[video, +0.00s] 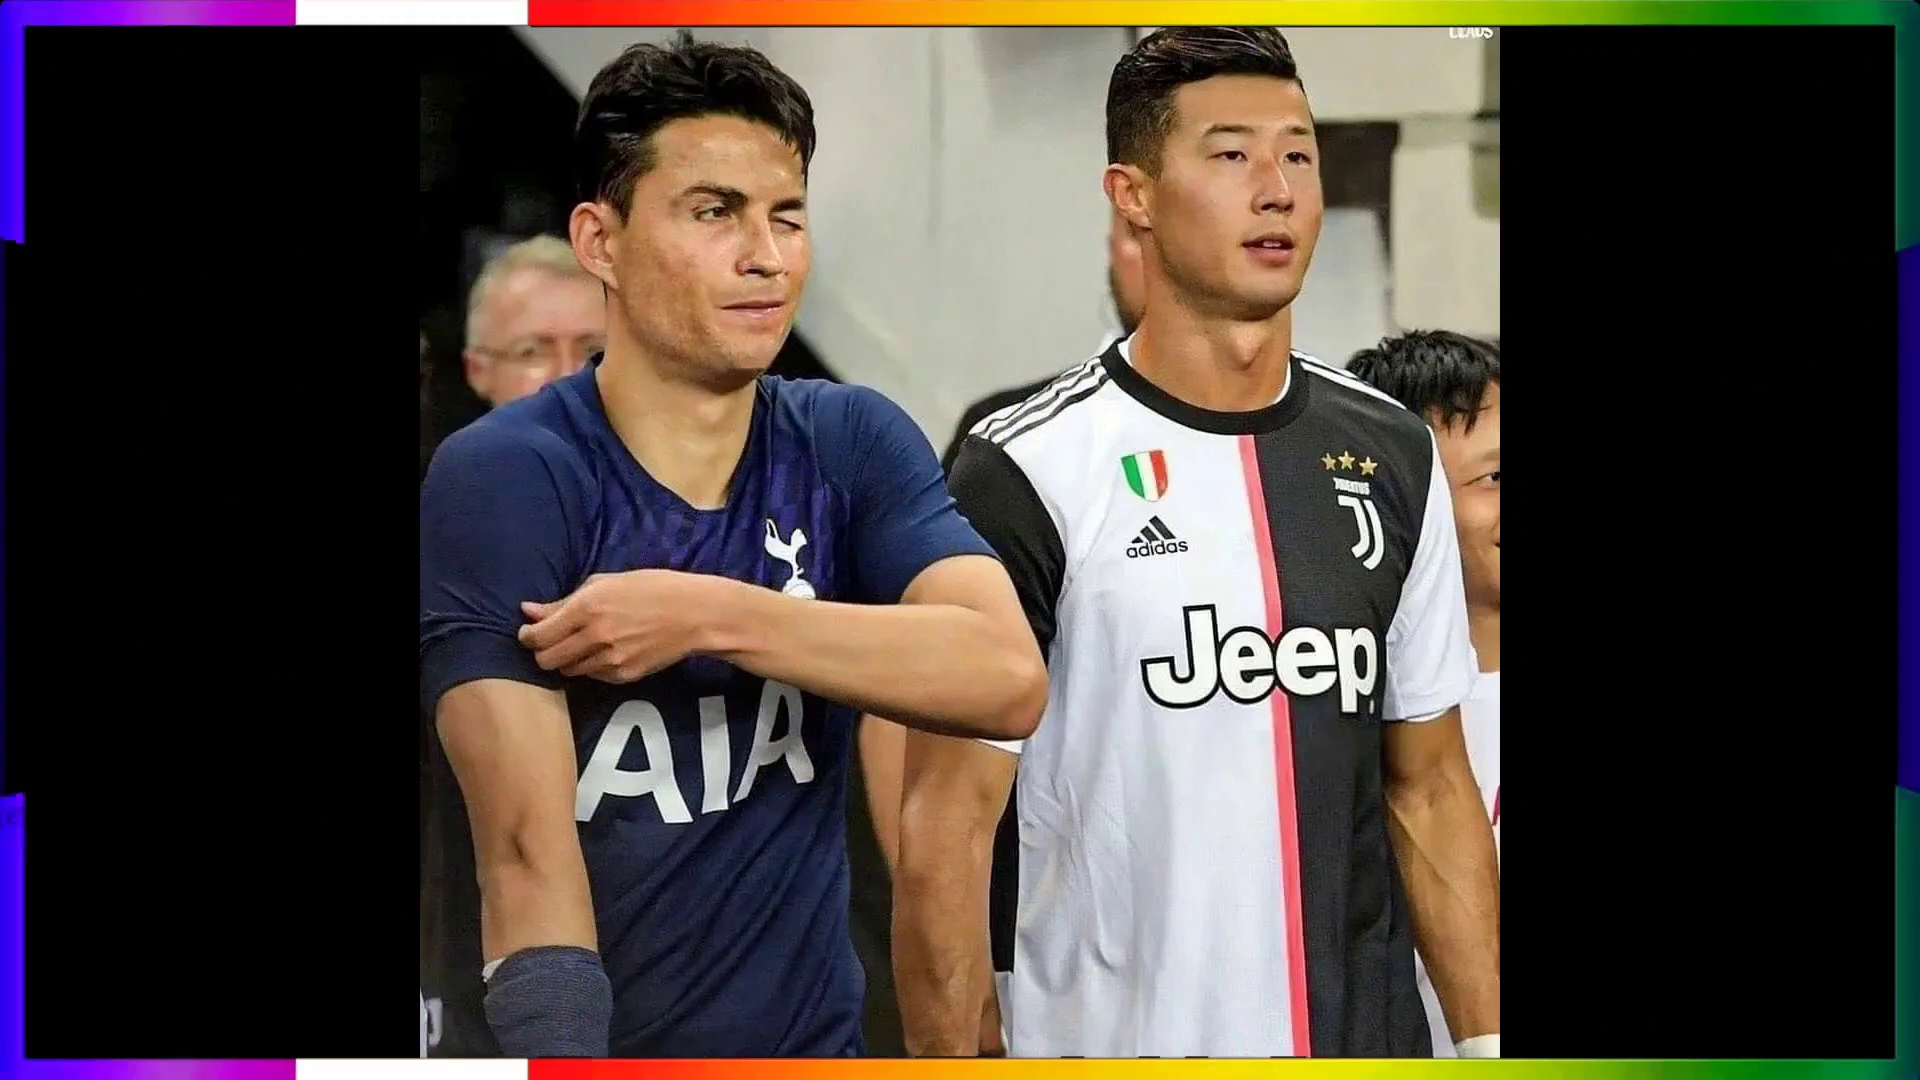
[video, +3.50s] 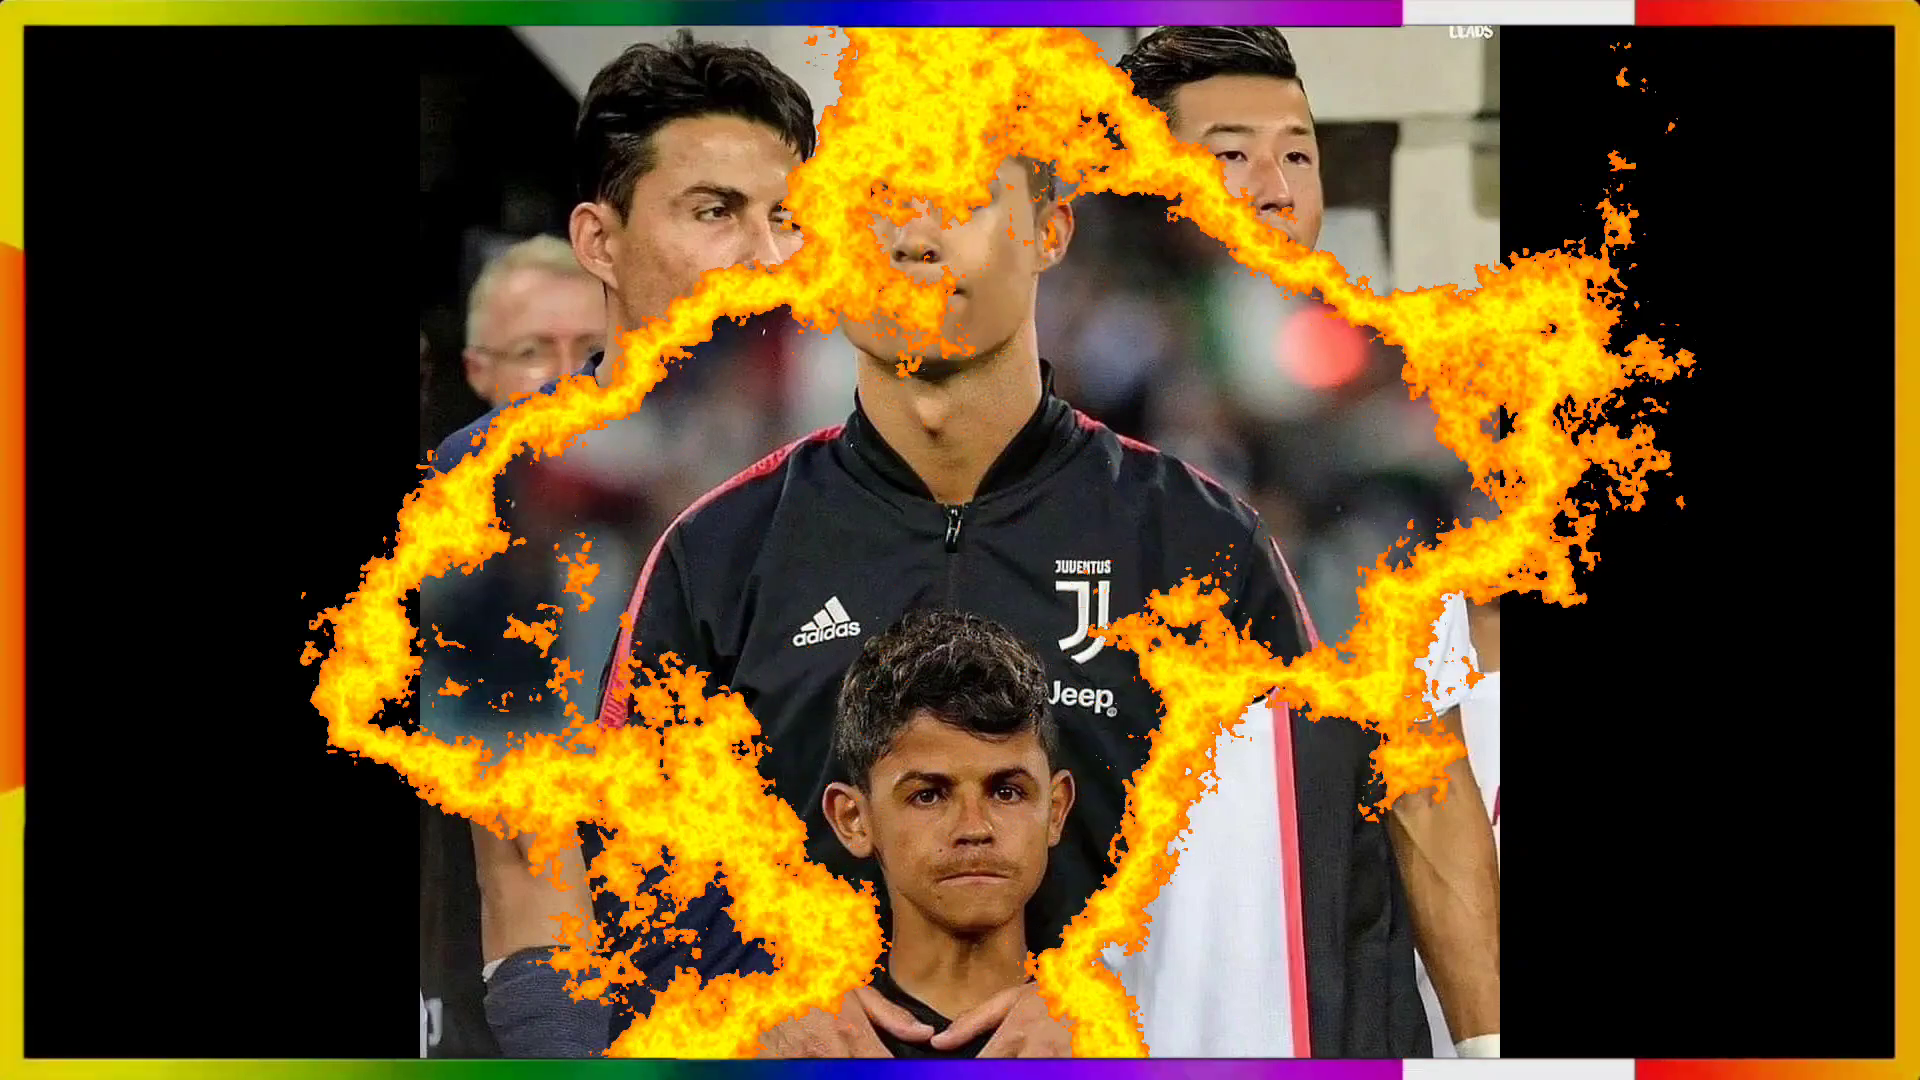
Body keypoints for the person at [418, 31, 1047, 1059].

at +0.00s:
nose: (766, 257)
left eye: (786, 218)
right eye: (712, 212)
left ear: (809, 237)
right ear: (601, 241)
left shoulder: (856, 439)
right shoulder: (499, 476)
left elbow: (1009, 681)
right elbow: (525, 850)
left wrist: (713, 613)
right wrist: (560, 1058)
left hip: (809, 1040)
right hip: (599, 1037)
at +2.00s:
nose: (765, 257)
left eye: (785, 217)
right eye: (712, 212)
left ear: (809, 235)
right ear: (601, 242)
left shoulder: (856, 439)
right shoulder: (500, 476)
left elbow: (1009, 681)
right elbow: (525, 850)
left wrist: (714, 613)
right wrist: (559, 1059)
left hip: (810, 1040)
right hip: (600, 1037)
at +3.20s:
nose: (767, 260)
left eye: (787, 219)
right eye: (715, 212)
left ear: (811, 236)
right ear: (600, 241)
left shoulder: (846, 453)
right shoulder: (497, 475)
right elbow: (524, 855)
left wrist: (708, 619)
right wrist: (560, 1060)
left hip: (813, 1037)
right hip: (602, 1037)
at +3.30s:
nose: (766, 259)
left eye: (788, 220)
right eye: (714, 212)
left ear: (811, 238)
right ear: (600, 241)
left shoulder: (857, 453)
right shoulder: (492, 477)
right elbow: (524, 845)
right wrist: (560, 1053)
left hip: (841, 1030)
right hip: (614, 1034)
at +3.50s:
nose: (766, 257)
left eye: (787, 218)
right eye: (714, 211)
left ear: (809, 234)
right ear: (598, 239)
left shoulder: (830, 461)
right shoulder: (497, 478)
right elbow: (527, 856)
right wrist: (571, 1047)